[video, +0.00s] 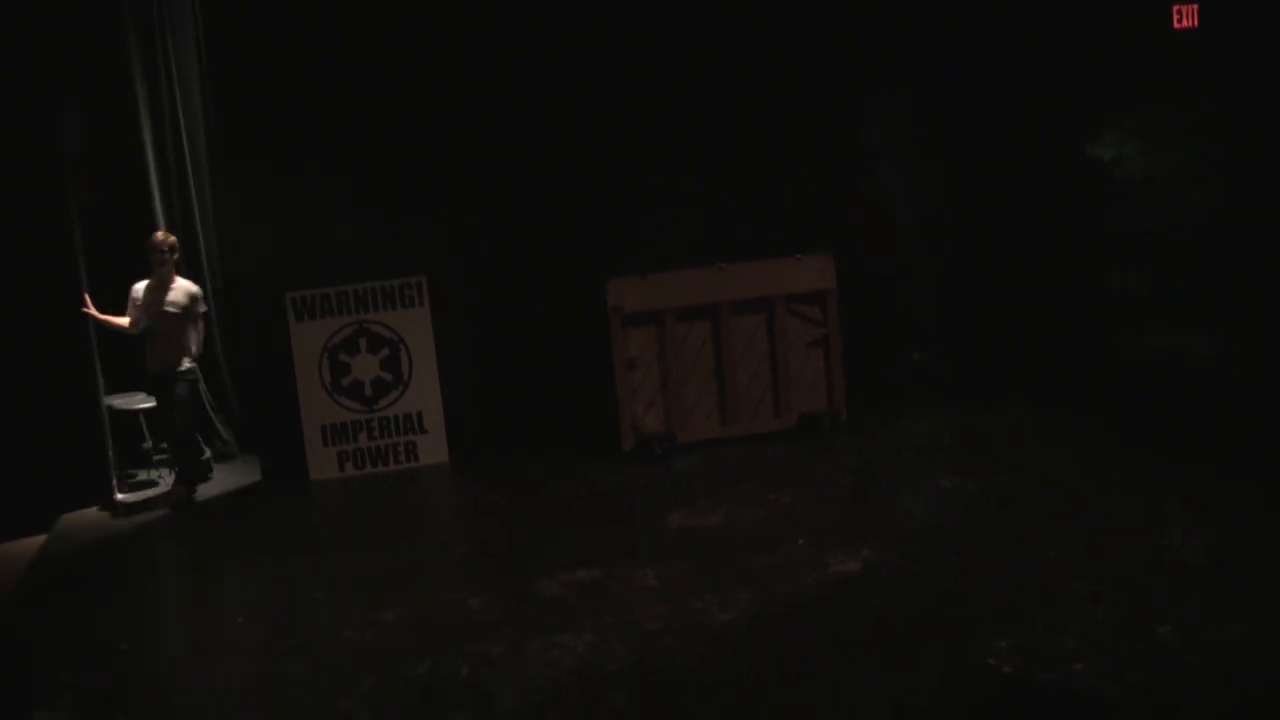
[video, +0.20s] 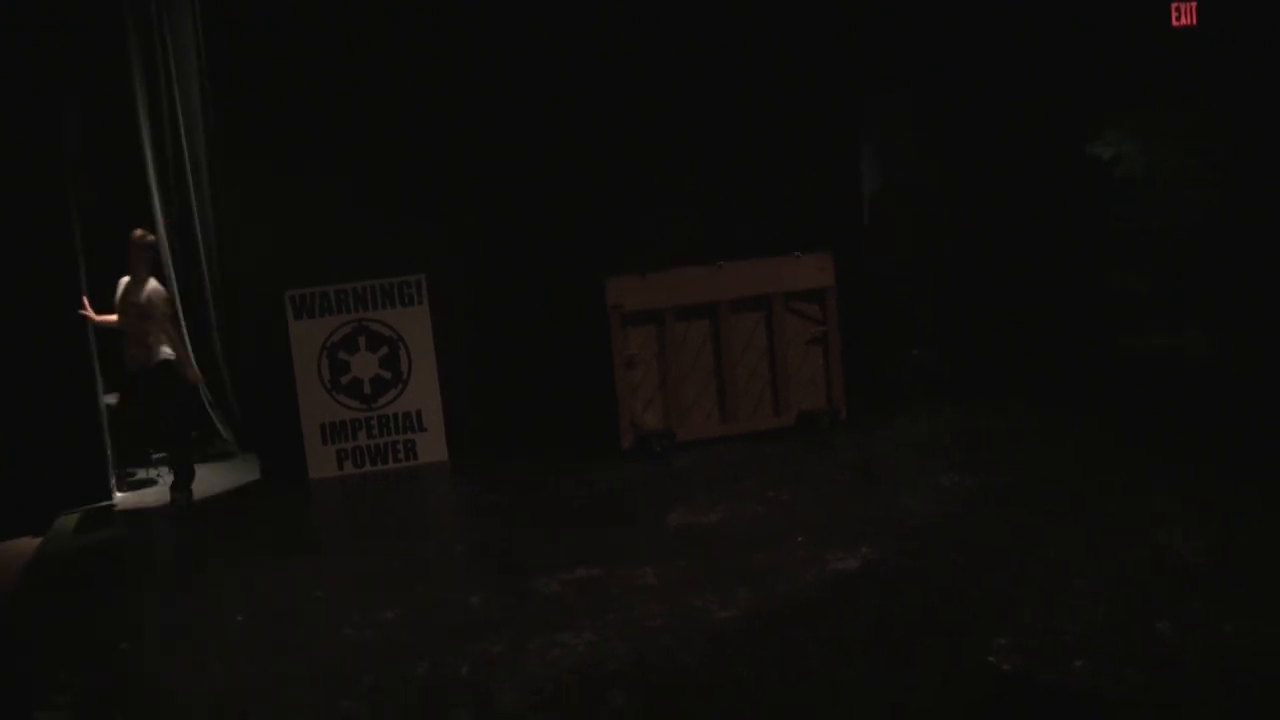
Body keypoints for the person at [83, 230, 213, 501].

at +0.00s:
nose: (161, 258)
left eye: (166, 252)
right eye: (156, 252)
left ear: (175, 255)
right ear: (149, 256)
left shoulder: (190, 291)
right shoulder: (140, 290)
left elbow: (197, 325)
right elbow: (133, 325)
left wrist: (194, 351)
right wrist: (97, 316)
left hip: (183, 369)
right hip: (156, 370)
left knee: (183, 421)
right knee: (169, 423)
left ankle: (187, 477)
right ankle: (193, 467)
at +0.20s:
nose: (138, 259)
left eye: (143, 253)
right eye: (135, 253)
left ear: (150, 256)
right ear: (131, 255)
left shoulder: (156, 291)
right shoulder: (124, 285)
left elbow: (173, 331)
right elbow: (124, 318)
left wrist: (189, 365)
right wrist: (96, 318)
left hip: (162, 366)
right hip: (137, 368)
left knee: (173, 426)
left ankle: (183, 482)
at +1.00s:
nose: (49, 282)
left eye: (53, 276)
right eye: (44, 277)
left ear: (62, 279)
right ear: (37, 281)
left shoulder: (82, 316)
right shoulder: (25, 311)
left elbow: (113, 351)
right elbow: (23, 348)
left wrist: (118, 353)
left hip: (79, 384)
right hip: (45, 386)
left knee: (97, 440)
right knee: (51, 446)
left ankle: (121, 493)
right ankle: (55, 509)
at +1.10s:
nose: (46, 285)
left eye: (50, 278)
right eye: (40, 279)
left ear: (59, 282)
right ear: (32, 283)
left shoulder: (74, 320)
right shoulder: (21, 314)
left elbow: (93, 352)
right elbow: (20, 354)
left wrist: (109, 380)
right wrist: (22, 386)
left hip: (76, 385)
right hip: (41, 387)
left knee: (94, 440)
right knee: (47, 447)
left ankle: (117, 494)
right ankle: (54, 508)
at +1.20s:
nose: (43, 289)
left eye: (47, 283)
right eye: (37, 283)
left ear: (57, 285)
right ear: (30, 287)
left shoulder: (73, 324)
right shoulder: (19, 318)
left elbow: (86, 364)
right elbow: (18, 361)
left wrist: (92, 400)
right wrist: (20, 400)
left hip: (72, 394)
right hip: (38, 397)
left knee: (94, 445)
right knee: (45, 454)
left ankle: (116, 497)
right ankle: (54, 512)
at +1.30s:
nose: (43, 292)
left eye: (47, 286)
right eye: (37, 286)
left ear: (56, 289)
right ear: (29, 290)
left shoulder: (72, 325)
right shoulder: (18, 320)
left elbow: (84, 363)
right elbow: (16, 361)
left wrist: (76, 390)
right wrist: (21, 394)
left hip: (70, 394)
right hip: (36, 397)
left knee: (84, 450)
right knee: (45, 457)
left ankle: (115, 501)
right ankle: (53, 518)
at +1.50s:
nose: (36, 303)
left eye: (40, 297)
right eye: (31, 298)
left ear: (50, 299)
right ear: (25, 303)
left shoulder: (71, 328)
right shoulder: (18, 338)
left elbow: (89, 363)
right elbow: (17, 380)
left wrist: (96, 400)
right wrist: (21, 410)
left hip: (72, 400)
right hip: (39, 406)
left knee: (69, 445)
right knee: (44, 457)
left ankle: (105, 506)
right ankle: (55, 521)